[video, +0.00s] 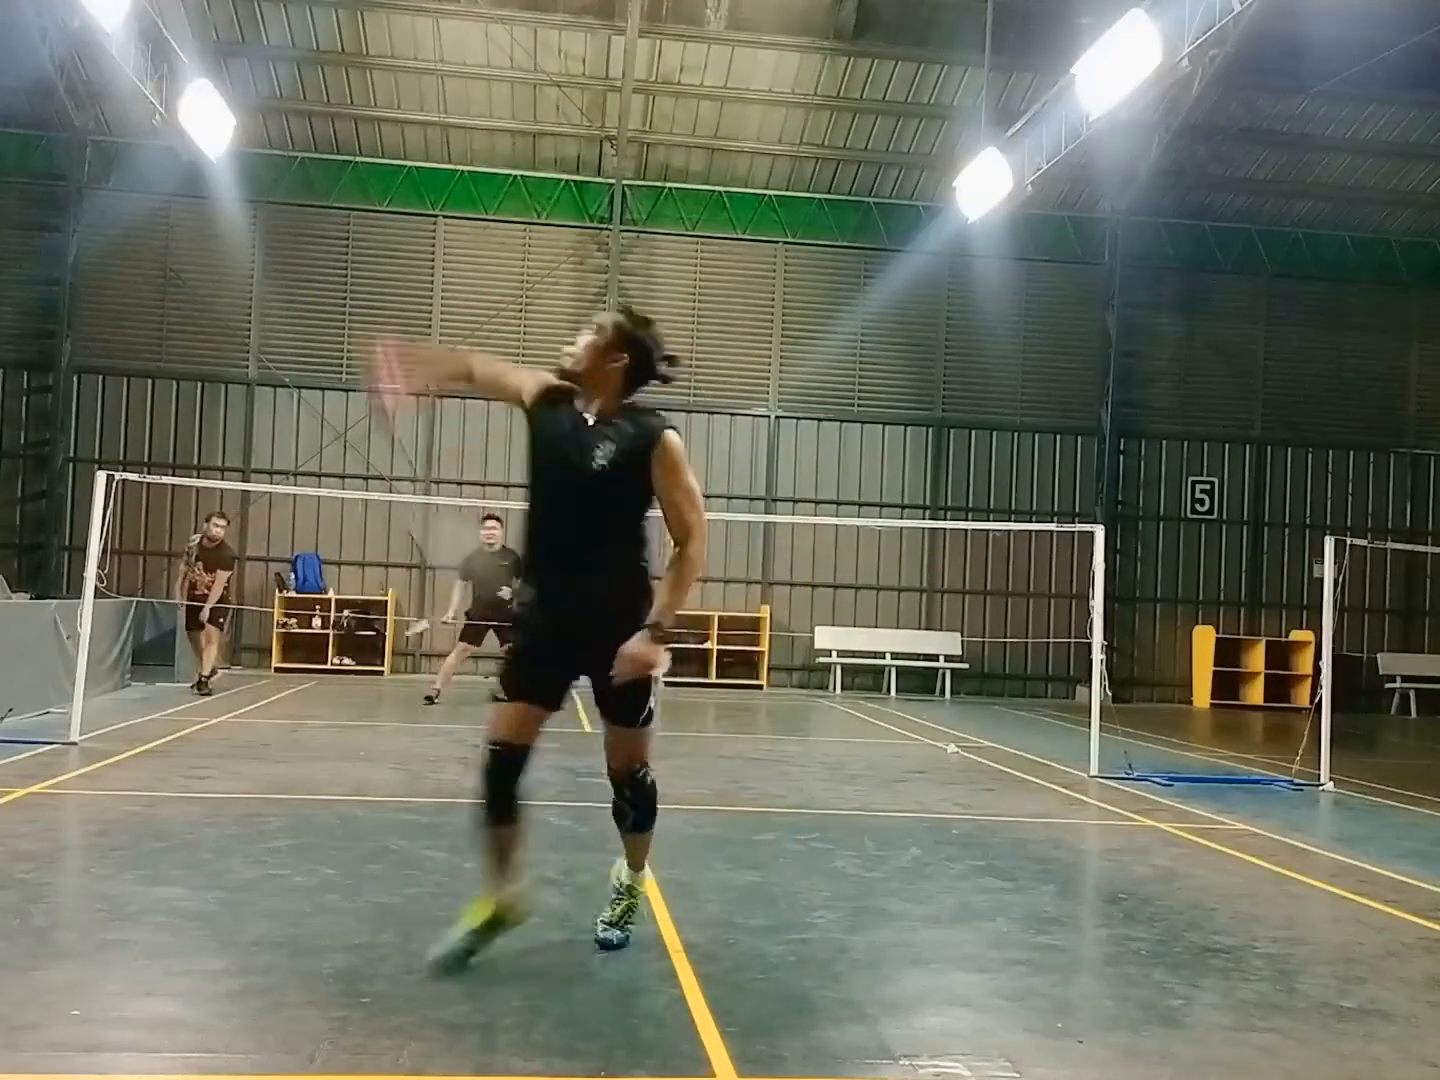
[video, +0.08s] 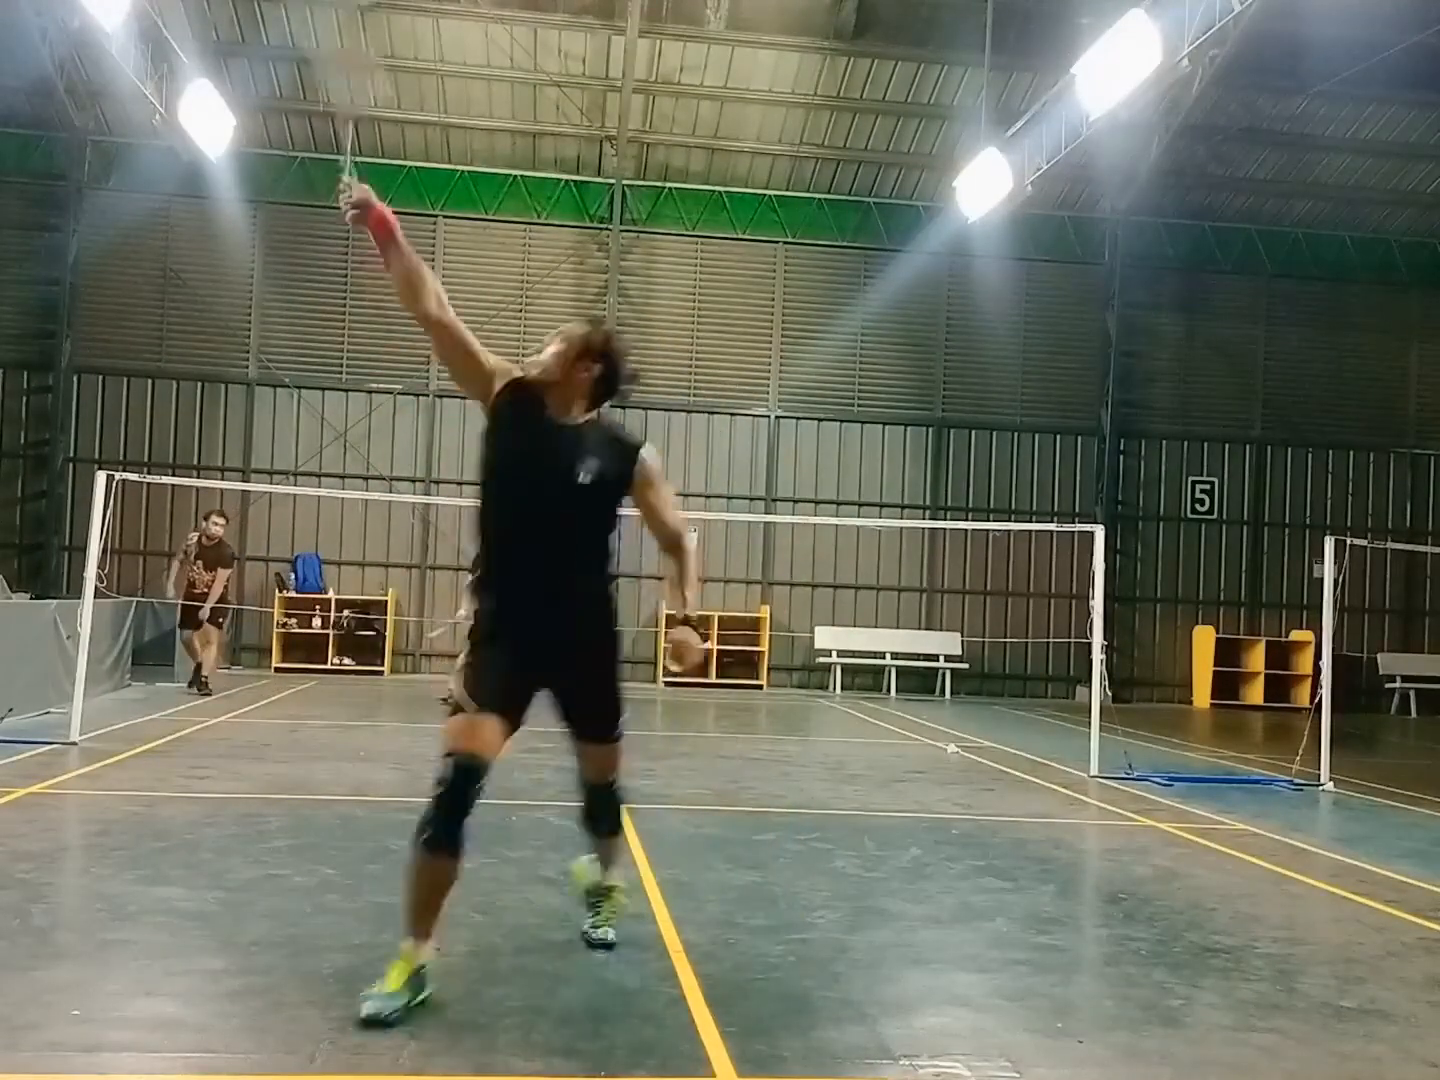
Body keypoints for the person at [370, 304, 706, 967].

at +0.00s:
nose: (577, 340)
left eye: (591, 335)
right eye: (585, 331)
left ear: (616, 358)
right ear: (603, 355)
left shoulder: (654, 440)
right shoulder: (545, 396)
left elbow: (690, 543)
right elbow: (472, 369)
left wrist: (656, 631)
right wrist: (405, 365)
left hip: (619, 625)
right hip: (547, 616)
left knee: (628, 775)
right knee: (500, 762)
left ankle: (633, 879)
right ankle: (502, 895)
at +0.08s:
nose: (546, 344)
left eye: (563, 342)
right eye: (555, 338)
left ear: (588, 371)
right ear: (557, 361)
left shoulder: (621, 450)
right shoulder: (505, 397)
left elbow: (680, 535)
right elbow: (431, 311)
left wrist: (681, 615)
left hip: (586, 635)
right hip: (505, 628)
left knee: (603, 789)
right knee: (454, 787)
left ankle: (600, 878)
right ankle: (412, 956)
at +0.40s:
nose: (495, 309)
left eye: (511, 303)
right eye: (501, 301)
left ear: (543, 330)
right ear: (512, 328)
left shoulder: (584, 426)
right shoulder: (451, 399)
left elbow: (621, 537)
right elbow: (355, 431)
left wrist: (634, 648)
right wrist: (315, 387)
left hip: (533, 635)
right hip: (442, 627)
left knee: (522, 828)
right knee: (406, 801)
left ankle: (529, 909)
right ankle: (389, 958)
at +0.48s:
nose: (493, 295)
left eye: (508, 289)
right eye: (502, 287)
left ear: (540, 318)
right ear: (516, 319)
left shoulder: (586, 410)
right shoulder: (455, 393)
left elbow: (619, 525)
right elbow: (395, 479)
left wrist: (620, 638)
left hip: (532, 620)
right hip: (446, 614)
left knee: (516, 796)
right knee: (412, 791)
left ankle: (544, 967)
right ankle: (390, 956)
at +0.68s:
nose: (482, 317)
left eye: (491, 305)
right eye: (487, 304)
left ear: (519, 317)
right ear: (522, 321)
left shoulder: (589, 412)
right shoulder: (487, 417)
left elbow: (627, 530)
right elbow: (453, 529)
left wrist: (621, 644)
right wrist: (407, 628)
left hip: (556, 629)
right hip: (480, 624)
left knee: (529, 798)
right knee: (440, 788)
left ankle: (578, 1002)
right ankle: (405, 958)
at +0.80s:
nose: (493, 320)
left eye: (499, 307)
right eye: (499, 307)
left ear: (517, 317)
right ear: (554, 318)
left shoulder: (563, 396)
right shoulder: (536, 401)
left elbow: (615, 507)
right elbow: (520, 522)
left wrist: (613, 634)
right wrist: (466, 596)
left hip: (566, 625)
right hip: (523, 620)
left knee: (547, 793)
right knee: (492, 774)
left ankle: (580, 1000)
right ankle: (489, 964)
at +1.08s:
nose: (552, 326)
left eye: (556, 317)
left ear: (561, 329)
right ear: (622, 339)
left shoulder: (551, 391)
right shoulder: (645, 414)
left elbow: (554, 495)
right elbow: (645, 530)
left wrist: (539, 618)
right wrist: (615, 612)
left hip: (578, 615)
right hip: (638, 618)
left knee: (560, 802)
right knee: (632, 785)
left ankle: (582, 1003)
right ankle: (676, 958)